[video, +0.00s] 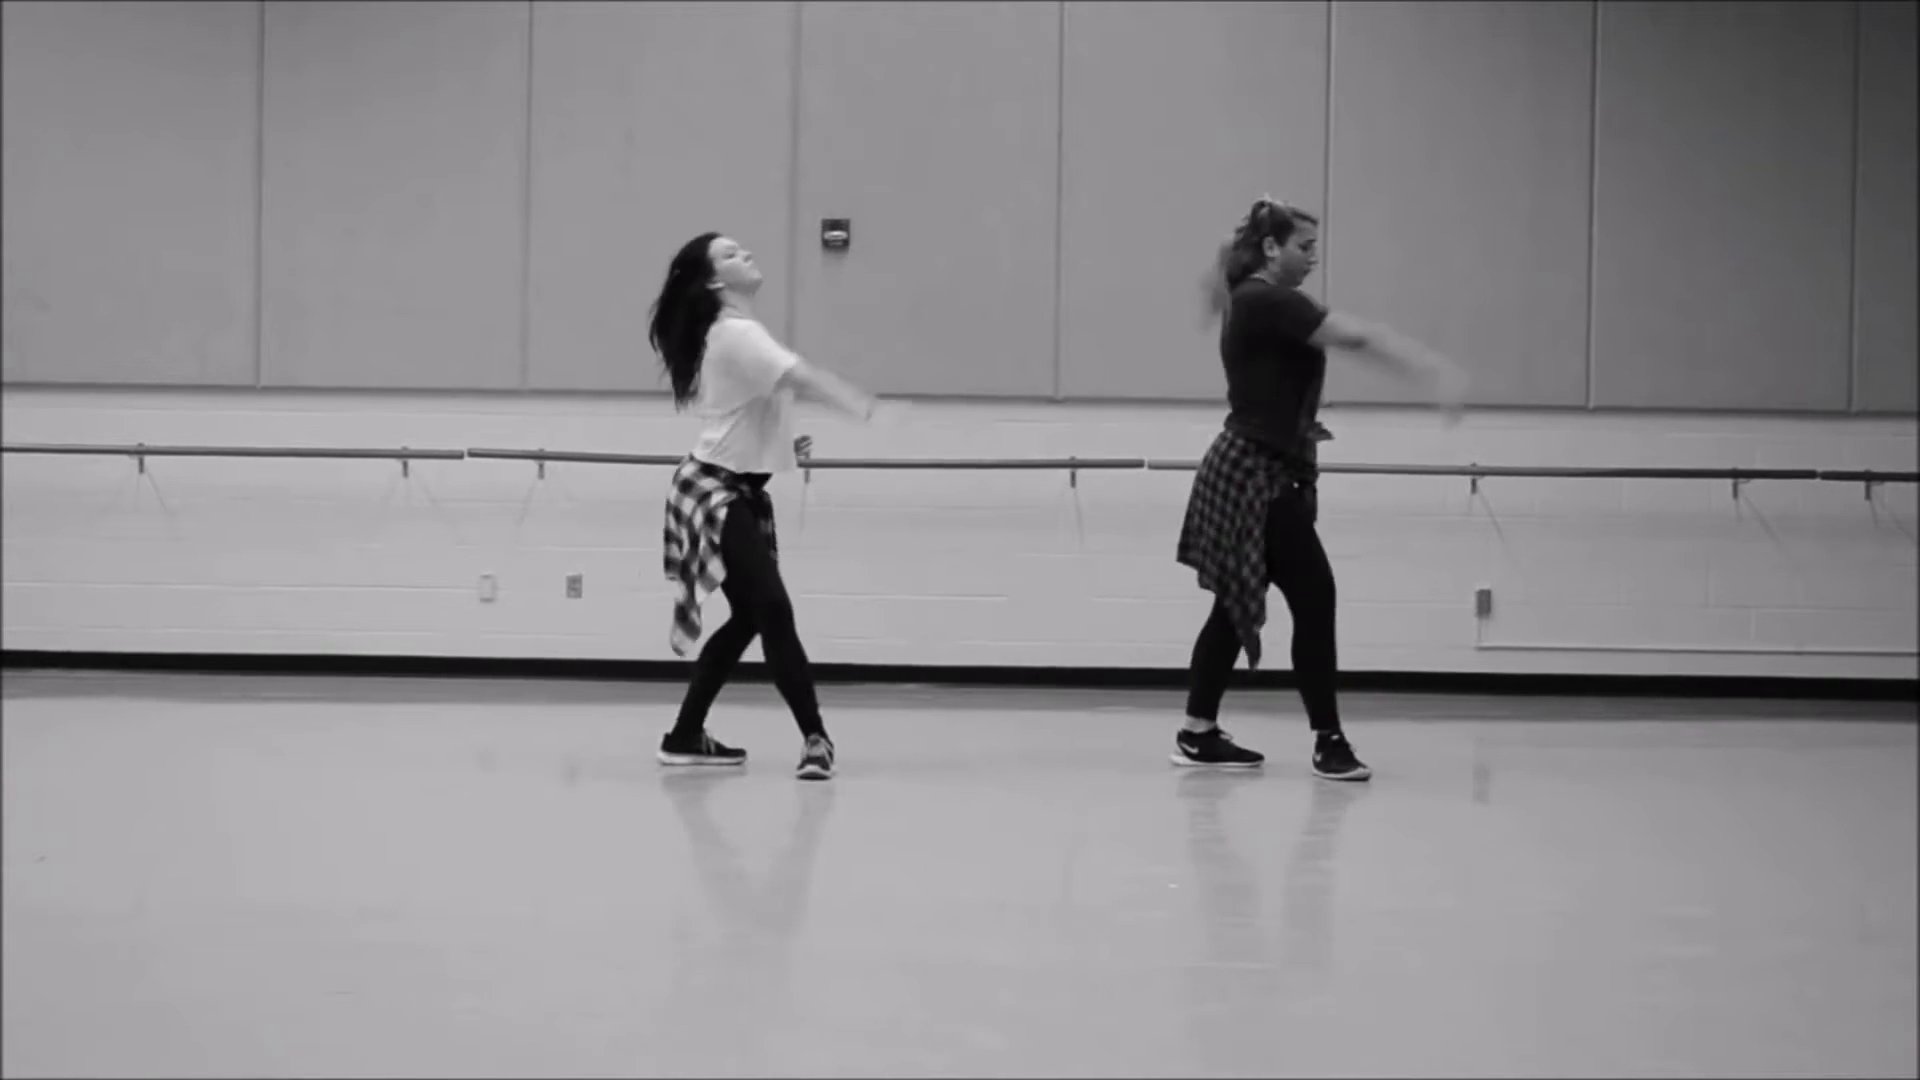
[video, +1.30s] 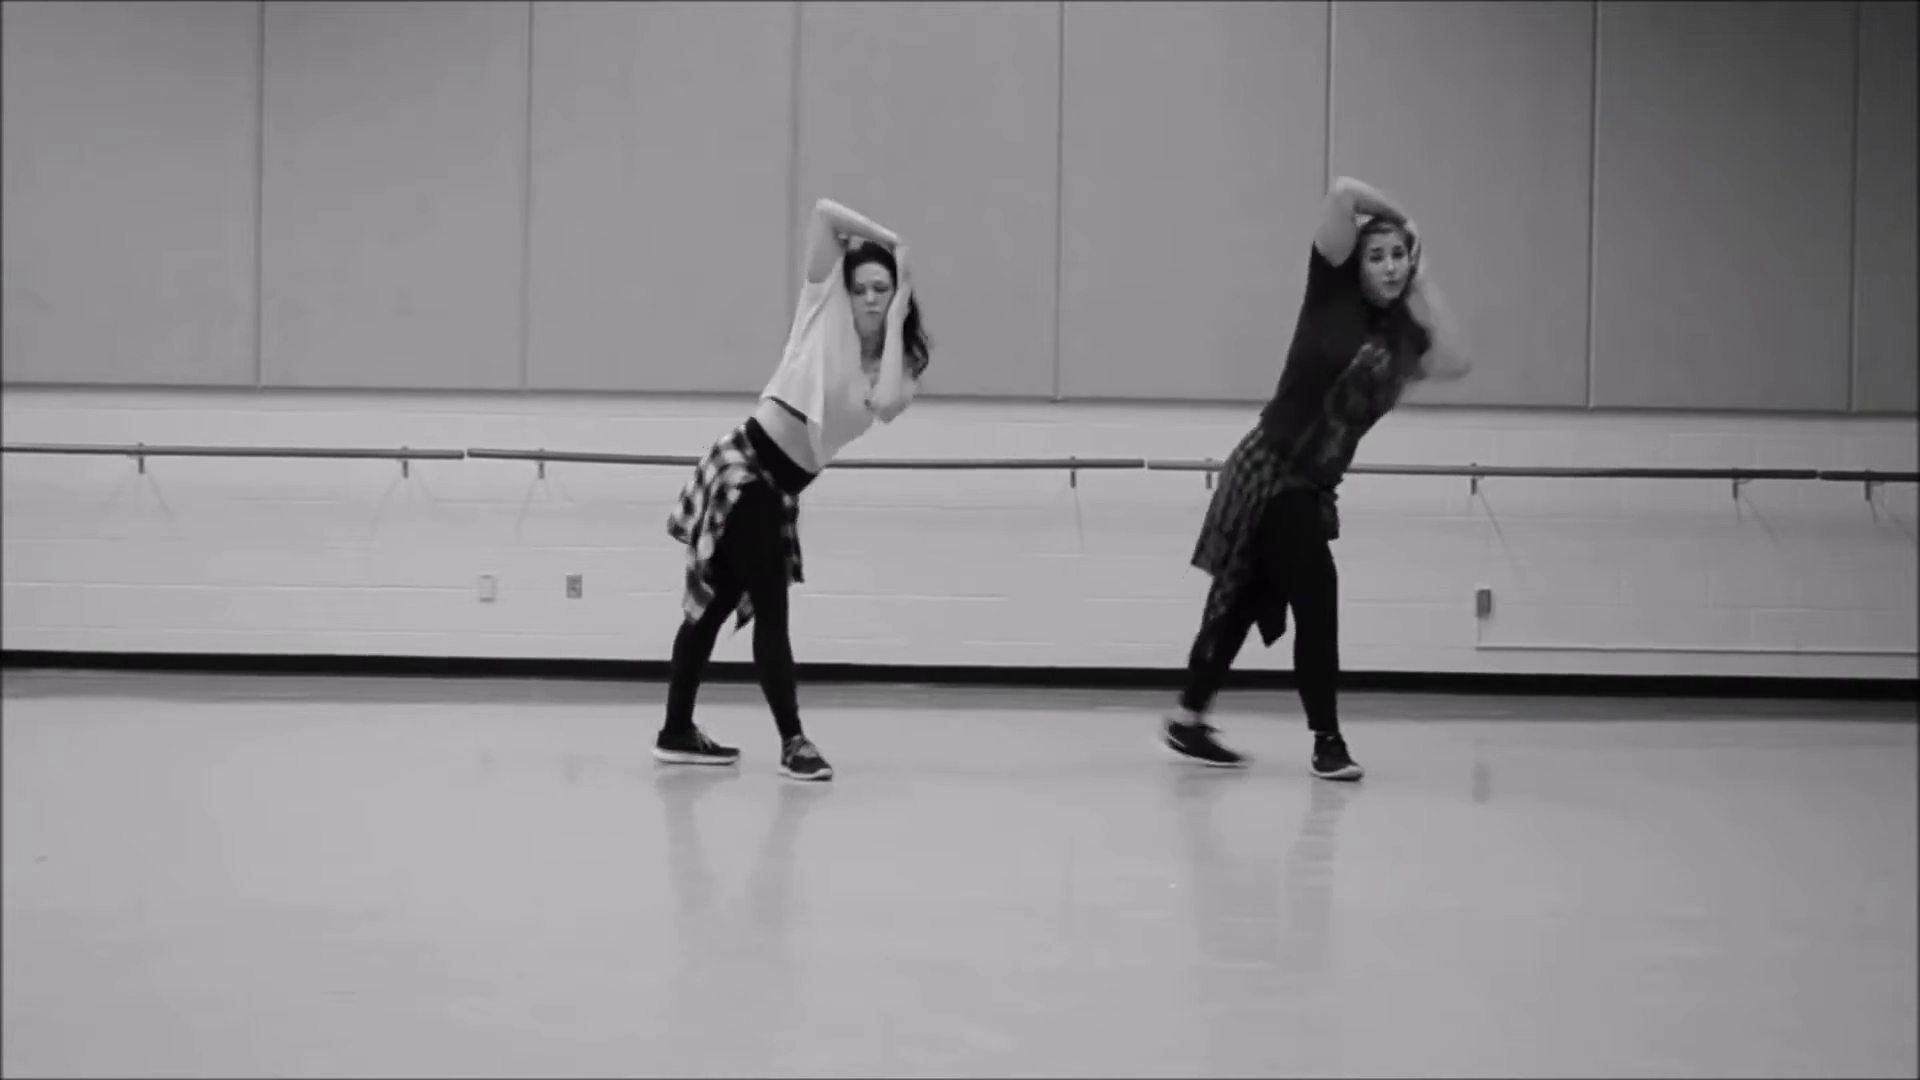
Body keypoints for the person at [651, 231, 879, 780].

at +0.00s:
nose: (747, 255)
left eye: (742, 249)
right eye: (732, 254)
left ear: (735, 276)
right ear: (712, 279)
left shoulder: (743, 329)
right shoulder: (732, 332)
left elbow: (744, 413)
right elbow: (800, 376)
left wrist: (787, 445)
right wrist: (864, 406)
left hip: (743, 491)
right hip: (720, 492)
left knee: (747, 616)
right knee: (775, 608)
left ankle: (686, 732)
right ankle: (815, 738)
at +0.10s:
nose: (771, 255)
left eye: (767, 247)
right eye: (756, 251)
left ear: (753, 270)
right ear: (732, 273)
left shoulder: (753, 325)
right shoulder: (751, 323)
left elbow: (735, 410)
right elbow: (820, 341)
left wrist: (783, 446)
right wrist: (880, 346)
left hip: (739, 488)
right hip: (720, 488)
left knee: (735, 612)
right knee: (771, 607)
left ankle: (683, 733)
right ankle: (814, 737)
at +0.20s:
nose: (797, 255)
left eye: (794, 247)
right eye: (783, 250)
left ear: (779, 269)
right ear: (757, 269)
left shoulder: (766, 320)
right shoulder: (767, 317)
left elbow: (743, 398)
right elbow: (832, 309)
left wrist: (784, 441)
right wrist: (889, 287)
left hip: (742, 480)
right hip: (725, 482)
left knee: (723, 610)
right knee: (769, 607)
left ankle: (683, 732)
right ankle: (813, 736)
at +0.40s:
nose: (849, 264)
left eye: (849, 254)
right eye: (841, 254)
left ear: (800, 265)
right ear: (813, 261)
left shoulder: (795, 324)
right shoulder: (792, 311)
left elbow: (763, 410)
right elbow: (853, 261)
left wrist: (801, 451)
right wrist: (895, 193)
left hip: (740, 475)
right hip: (739, 477)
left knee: (708, 606)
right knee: (769, 614)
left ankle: (682, 732)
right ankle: (813, 739)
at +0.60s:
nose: (886, 295)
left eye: (888, 287)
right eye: (876, 286)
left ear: (876, 297)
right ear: (842, 287)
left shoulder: (838, 356)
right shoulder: (803, 326)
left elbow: (785, 419)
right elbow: (845, 243)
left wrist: (805, 464)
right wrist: (890, 218)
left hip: (762, 485)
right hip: (735, 474)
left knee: (708, 606)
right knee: (771, 613)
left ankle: (681, 731)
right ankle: (814, 737)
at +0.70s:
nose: (891, 301)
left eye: (894, 293)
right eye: (880, 290)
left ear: (890, 302)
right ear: (849, 289)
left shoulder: (844, 366)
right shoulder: (808, 321)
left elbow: (850, 426)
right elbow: (859, 233)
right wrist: (894, 254)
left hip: (765, 488)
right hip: (735, 472)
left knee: (707, 605)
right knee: (772, 611)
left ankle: (682, 730)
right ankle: (814, 738)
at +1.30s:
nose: (870, 299)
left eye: (881, 291)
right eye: (860, 290)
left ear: (895, 299)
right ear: (845, 291)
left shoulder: (896, 366)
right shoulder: (821, 309)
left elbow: (886, 401)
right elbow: (826, 211)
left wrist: (894, 321)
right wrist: (891, 238)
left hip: (782, 488)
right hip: (745, 465)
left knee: (711, 605)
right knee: (771, 610)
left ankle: (676, 727)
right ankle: (792, 741)